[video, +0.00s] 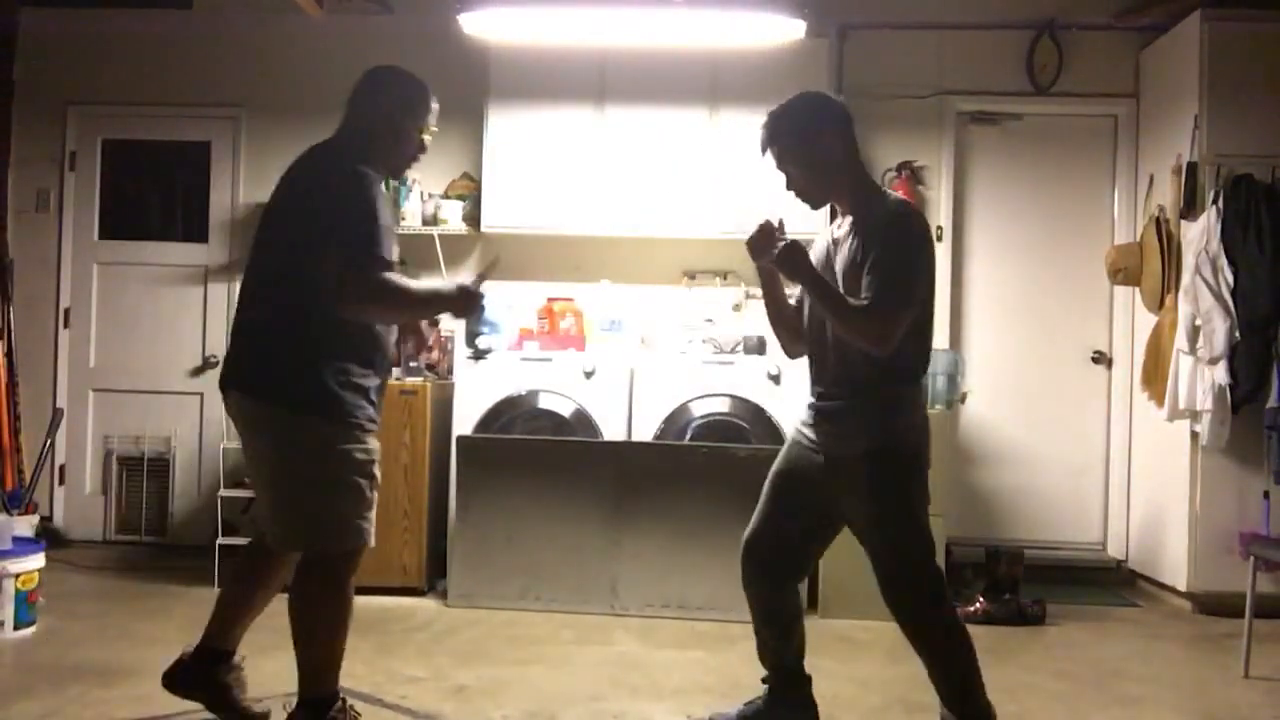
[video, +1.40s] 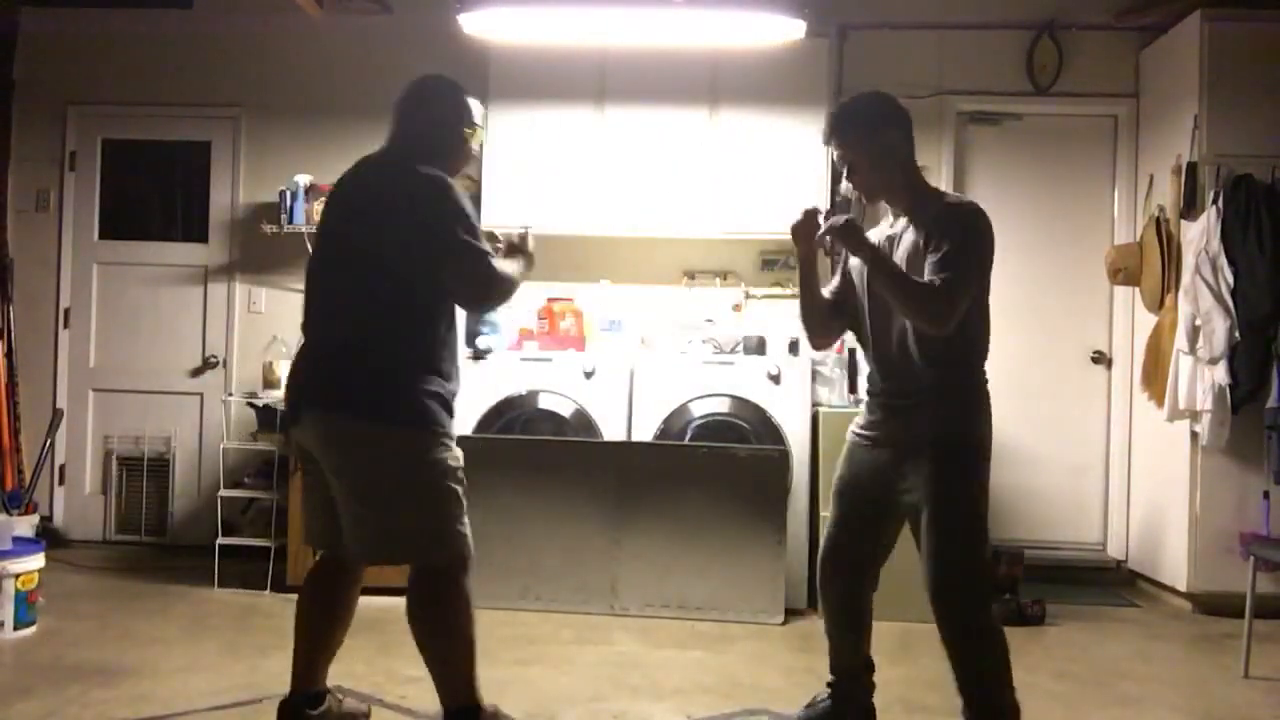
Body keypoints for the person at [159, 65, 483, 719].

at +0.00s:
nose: (424, 146)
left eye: (428, 133)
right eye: (419, 129)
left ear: (364, 117)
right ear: (379, 116)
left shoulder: (316, 169)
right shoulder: (355, 181)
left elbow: (324, 290)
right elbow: (357, 288)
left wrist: (396, 325)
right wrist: (449, 297)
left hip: (267, 384)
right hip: (315, 395)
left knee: (282, 526)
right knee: (336, 544)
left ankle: (209, 660)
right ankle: (319, 704)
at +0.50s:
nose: (446, 156)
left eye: (449, 142)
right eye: (443, 139)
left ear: (382, 123)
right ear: (407, 128)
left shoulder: (321, 179)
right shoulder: (389, 192)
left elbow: (335, 288)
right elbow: (457, 282)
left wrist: (410, 319)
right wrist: (535, 276)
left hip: (273, 391)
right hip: (344, 398)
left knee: (270, 543)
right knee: (420, 530)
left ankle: (241, 692)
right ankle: (374, 694)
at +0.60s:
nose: (467, 163)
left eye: (470, 151)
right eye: (465, 149)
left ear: (403, 130)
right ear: (440, 141)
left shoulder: (335, 180)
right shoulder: (426, 208)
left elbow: (342, 275)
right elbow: (513, 276)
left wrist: (418, 309)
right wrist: (595, 309)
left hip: (280, 389)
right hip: (358, 402)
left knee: (276, 545)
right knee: (415, 548)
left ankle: (241, 692)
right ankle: (441, 701)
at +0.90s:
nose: (535, 181)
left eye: (538, 168)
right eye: (538, 167)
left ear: (474, 141)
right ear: (525, 159)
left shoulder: (387, 186)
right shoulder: (521, 220)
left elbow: (344, 269)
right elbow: (608, 295)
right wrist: (661, 346)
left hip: (327, 395)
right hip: (424, 405)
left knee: (337, 543)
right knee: (481, 559)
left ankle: (290, 691)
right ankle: (474, 712)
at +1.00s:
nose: (540, 178)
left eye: (544, 167)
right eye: (542, 166)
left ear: (478, 139)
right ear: (529, 157)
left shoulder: (396, 183)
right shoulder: (525, 220)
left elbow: (352, 264)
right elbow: (602, 314)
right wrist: (603, 367)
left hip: (333, 393)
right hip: (430, 404)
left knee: (345, 550)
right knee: (484, 557)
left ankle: (305, 694)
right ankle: (474, 711)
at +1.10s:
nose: (537, 170)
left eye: (539, 157)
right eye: (538, 156)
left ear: (473, 134)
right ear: (525, 151)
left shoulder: (393, 183)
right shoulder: (516, 221)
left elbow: (386, 284)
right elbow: (553, 336)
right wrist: (531, 354)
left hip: (334, 392)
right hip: (433, 402)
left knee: (345, 555)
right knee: (479, 562)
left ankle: (305, 696)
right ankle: (474, 711)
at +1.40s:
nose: (479, 144)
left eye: (479, 131)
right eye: (475, 130)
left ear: (405, 124)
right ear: (451, 131)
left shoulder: (354, 182)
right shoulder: (431, 192)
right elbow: (482, 289)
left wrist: (473, 244)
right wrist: (519, 261)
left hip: (319, 402)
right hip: (395, 411)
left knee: (339, 555)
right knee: (443, 558)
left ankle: (304, 698)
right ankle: (464, 709)